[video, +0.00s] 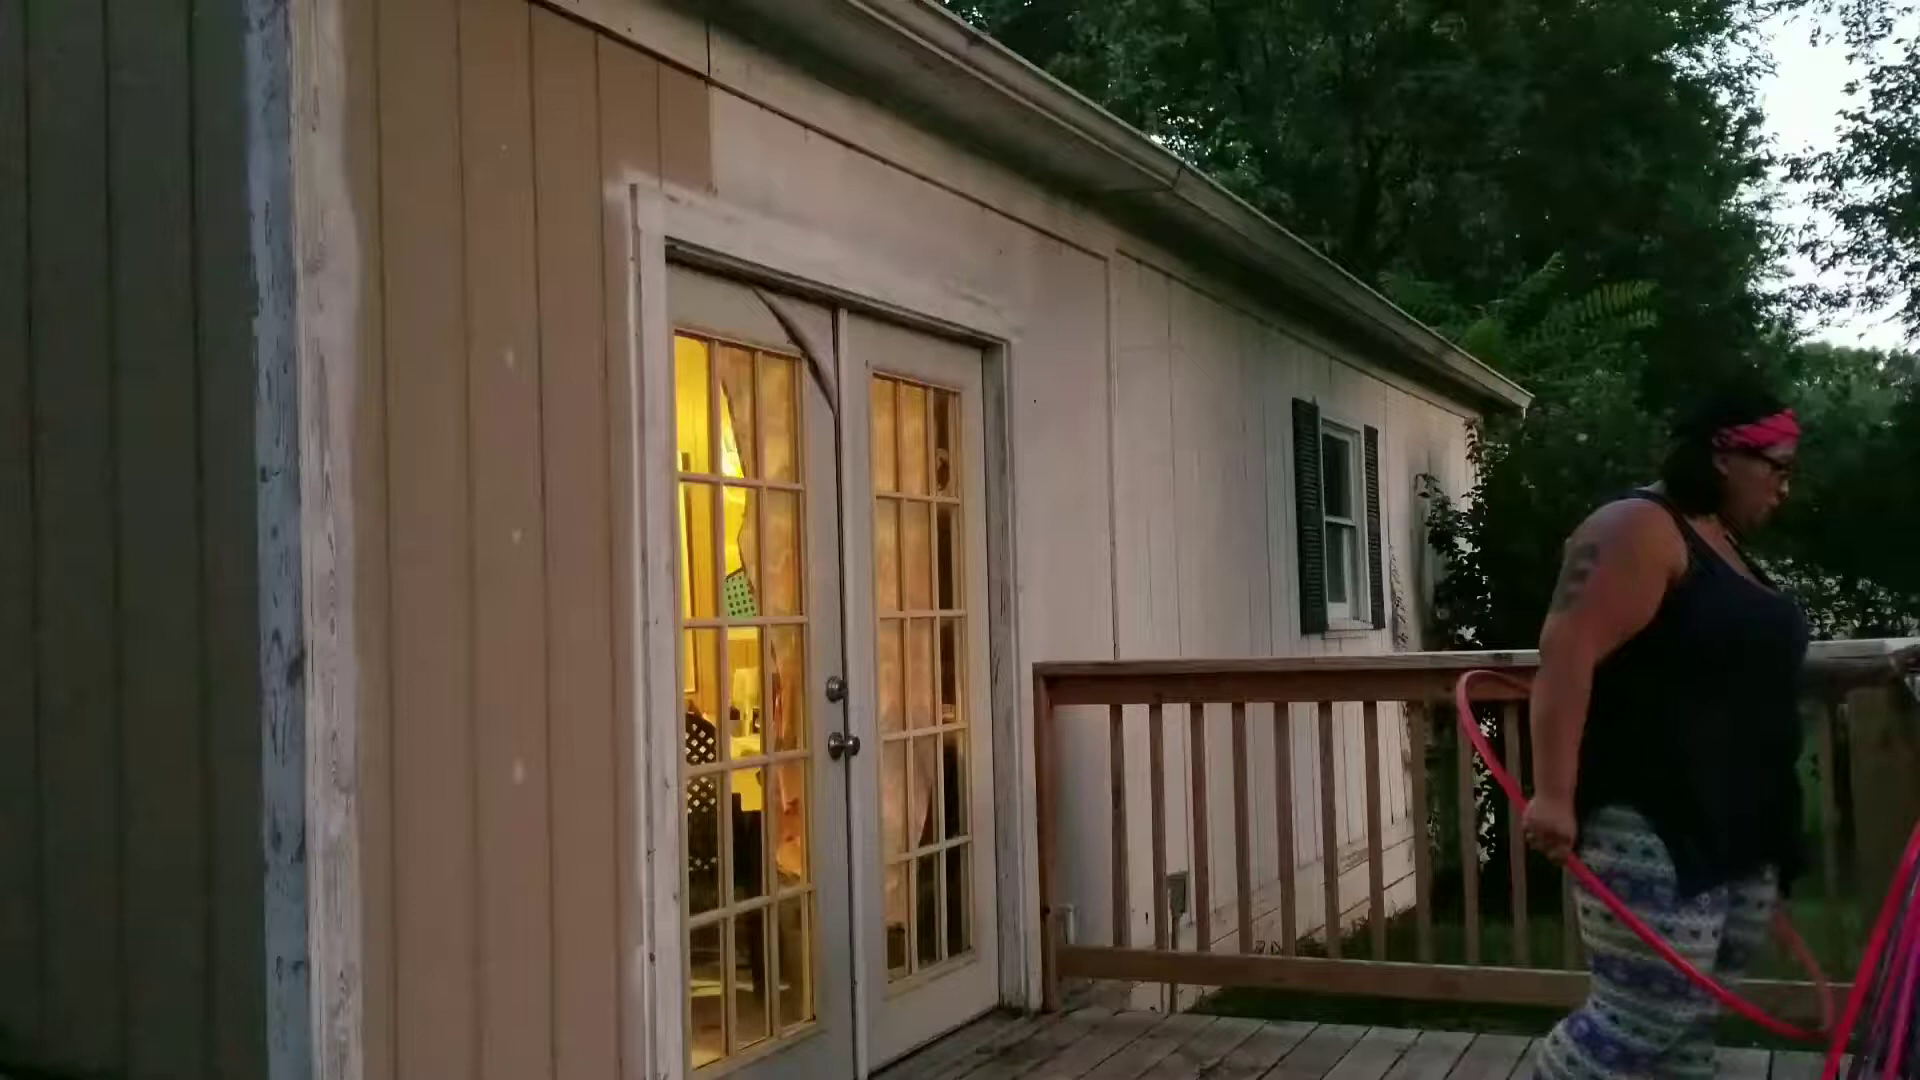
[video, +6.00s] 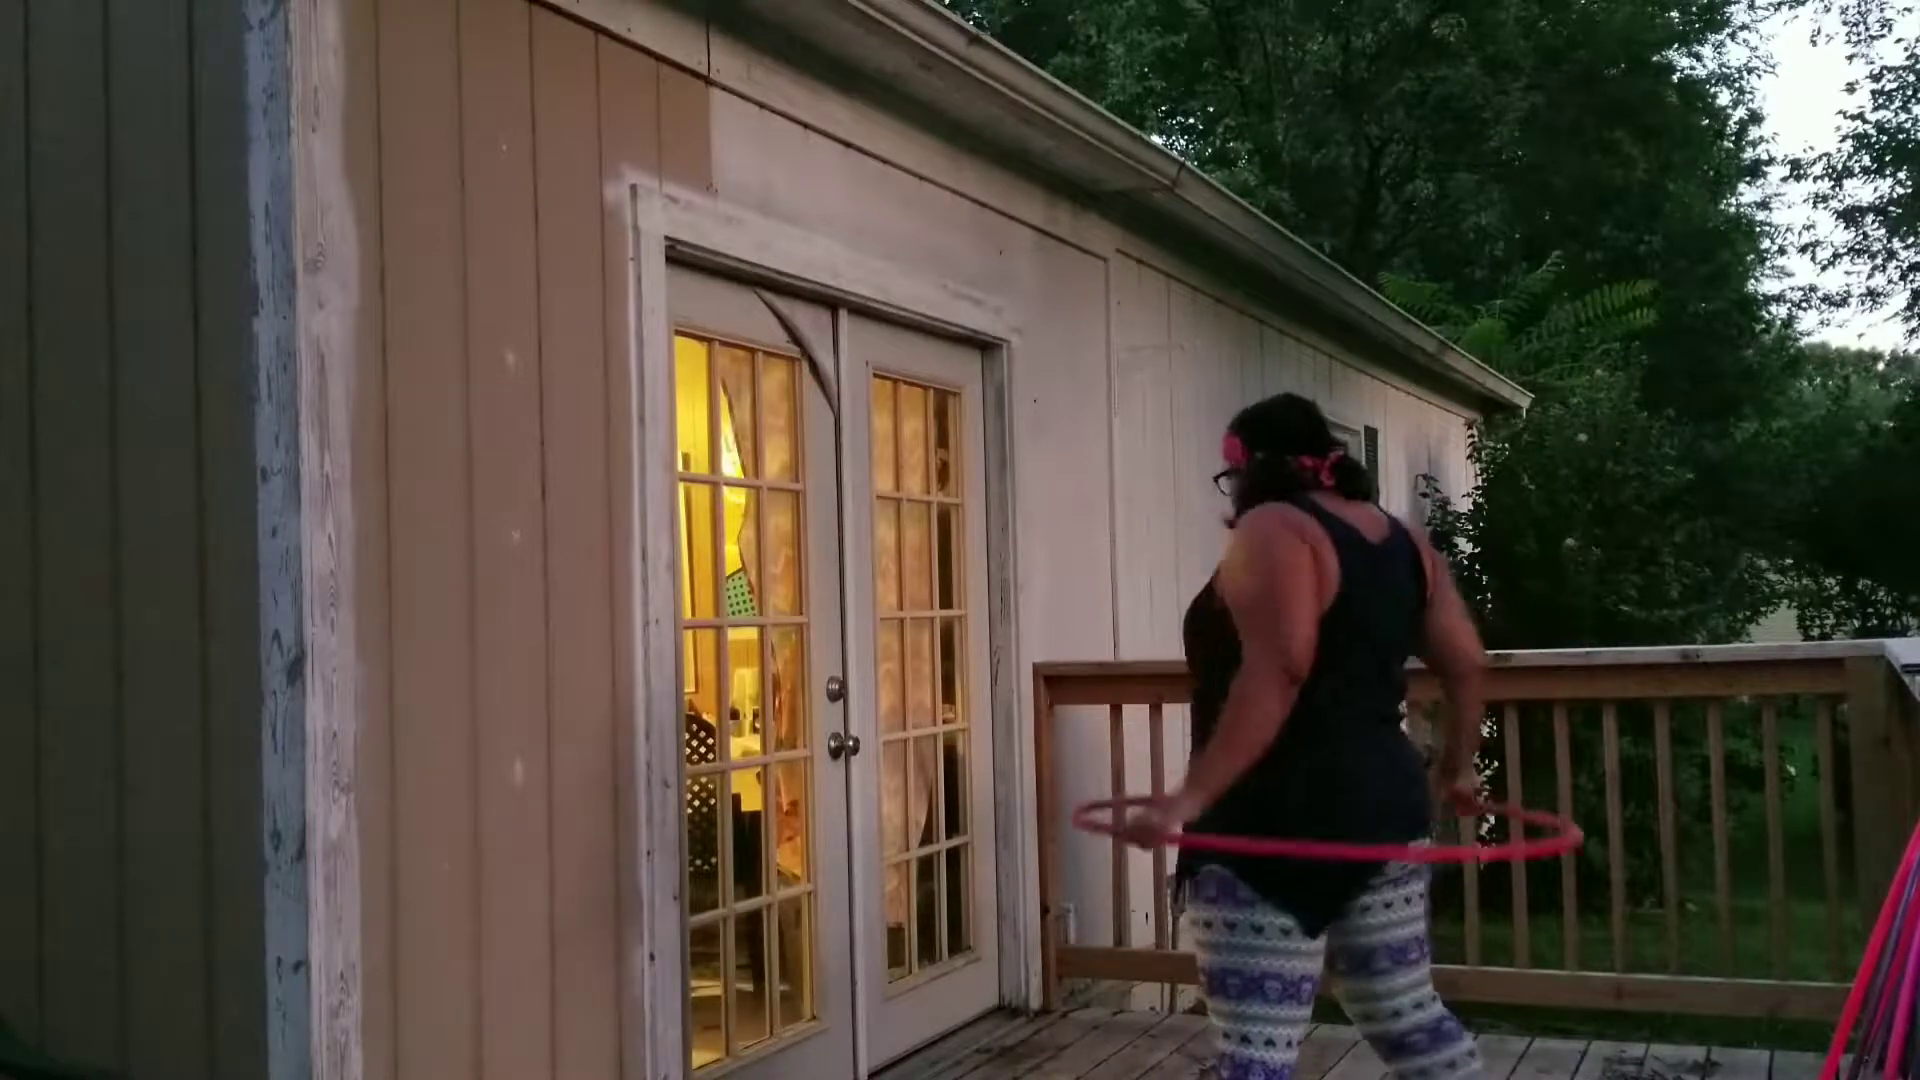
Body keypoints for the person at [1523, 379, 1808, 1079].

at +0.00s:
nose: (1783, 486)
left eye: (1787, 471)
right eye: (1773, 466)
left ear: (1734, 466)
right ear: (1719, 457)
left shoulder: (1725, 550)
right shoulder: (1635, 528)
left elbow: (1726, 703)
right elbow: (1564, 651)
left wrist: (1758, 828)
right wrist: (1552, 792)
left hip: (1731, 822)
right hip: (1639, 823)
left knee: (1694, 1030)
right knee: (1640, 1024)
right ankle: (1551, 1072)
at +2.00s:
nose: (1248, 543)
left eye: (1253, 530)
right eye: (1241, 524)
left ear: (1189, 511)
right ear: (1198, 509)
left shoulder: (1146, 573)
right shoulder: (1158, 577)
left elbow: (1153, 726)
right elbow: (1158, 720)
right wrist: (1214, 853)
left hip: (1160, 838)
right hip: (1188, 842)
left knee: (1198, 1019)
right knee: (1271, 1024)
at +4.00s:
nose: (1241, 475)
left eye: (1237, 462)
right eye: (1229, 463)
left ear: (1165, 479)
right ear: (1188, 477)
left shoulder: (1119, 560)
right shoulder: (1181, 540)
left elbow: (1084, 671)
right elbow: (1136, 646)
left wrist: (1183, 667)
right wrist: (1232, 608)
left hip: (1169, 814)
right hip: (1242, 812)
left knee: (1184, 1001)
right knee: (1316, 1012)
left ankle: (1165, 1073)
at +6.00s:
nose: (1233, 495)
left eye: (1236, 477)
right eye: (1230, 479)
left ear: (1263, 467)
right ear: (1327, 462)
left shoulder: (1272, 529)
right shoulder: (1403, 538)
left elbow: (1275, 669)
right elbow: (1466, 663)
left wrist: (1185, 798)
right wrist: (1458, 768)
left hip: (1265, 831)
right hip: (1384, 819)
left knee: (1254, 1059)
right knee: (1409, 1018)